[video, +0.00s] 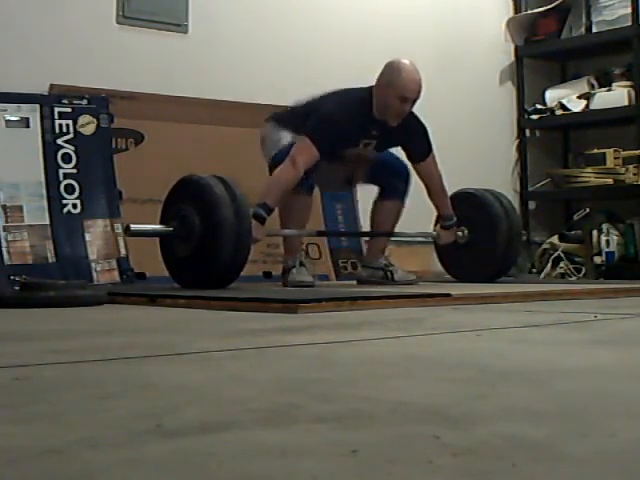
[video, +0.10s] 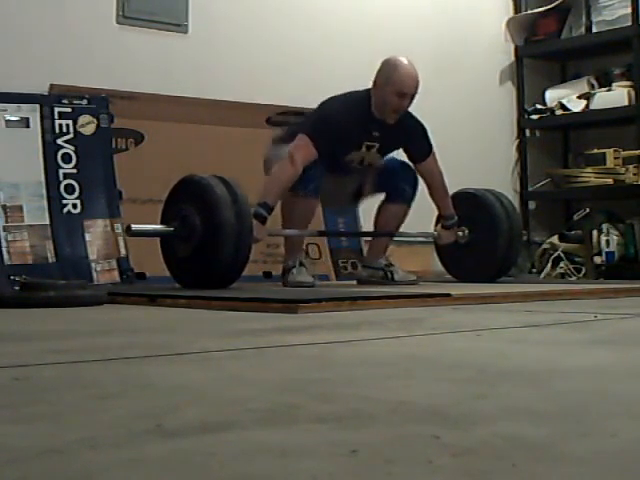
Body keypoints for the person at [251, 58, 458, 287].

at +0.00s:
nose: (405, 109)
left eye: (412, 103)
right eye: (401, 100)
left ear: (417, 100)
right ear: (380, 88)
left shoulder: (410, 127)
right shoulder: (342, 110)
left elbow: (432, 177)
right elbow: (295, 163)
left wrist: (448, 220)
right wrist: (259, 215)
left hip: (337, 151)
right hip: (286, 134)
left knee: (396, 174)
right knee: (298, 173)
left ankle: (374, 263)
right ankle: (293, 266)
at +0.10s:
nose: (404, 105)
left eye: (410, 98)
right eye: (399, 95)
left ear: (415, 97)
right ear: (377, 87)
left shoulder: (410, 128)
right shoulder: (340, 112)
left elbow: (433, 176)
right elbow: (293, 159)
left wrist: (450, 220)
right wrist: (261, 213)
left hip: (345, 180)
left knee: (403, 175)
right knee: (307, 171)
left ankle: (374, 263)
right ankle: (293, 266)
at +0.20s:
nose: (399, 100)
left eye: (404, 92)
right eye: (394, 92)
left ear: (408, 88)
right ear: (373, 82)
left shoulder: (405, 127)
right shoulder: (336, 111)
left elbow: (429, 173)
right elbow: (293, 160)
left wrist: (449, 220)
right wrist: (262, 213)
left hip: (352, 192)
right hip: (314, 185)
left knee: (408, 179)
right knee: (307, 172)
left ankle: (375, 262)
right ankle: (293, 265)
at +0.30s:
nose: (398, 68)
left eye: (400, 62)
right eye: (389, 61)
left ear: (401, 71)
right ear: (365, 68)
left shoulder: (398, 122)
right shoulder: (332, 106)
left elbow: (425, 170)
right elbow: (292, 157)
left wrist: (447, 216)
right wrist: (263, 210)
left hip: (355, 192)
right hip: (314, 187)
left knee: (411, 181)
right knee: (310, 174)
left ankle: (375, 263)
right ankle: (293, 265)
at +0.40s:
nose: (395, 65)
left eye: (397, 59)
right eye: (385, 57)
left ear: (398, 69)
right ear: (360, 69)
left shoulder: (397, 122)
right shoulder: (331, 107)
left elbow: (424, 170)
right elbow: (292, 157)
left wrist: (446, 216)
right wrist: (263, 212)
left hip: (354, 194)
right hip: (310, 189)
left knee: (411, 182)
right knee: (313, 174)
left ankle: (376, 262)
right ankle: (294, 264)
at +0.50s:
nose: (397, 66)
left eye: (399, 60)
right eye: (387, 58)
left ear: (400, 70)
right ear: (362, 69)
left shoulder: (398, 122)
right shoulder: (332, 107)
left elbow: (425, 170)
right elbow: (293, 157)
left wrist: (447, 215)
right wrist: (264, 212)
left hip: (355, 193)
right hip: (310, 189)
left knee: (411, 181)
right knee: (316, 174)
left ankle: (376, 262)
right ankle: (295, 264)